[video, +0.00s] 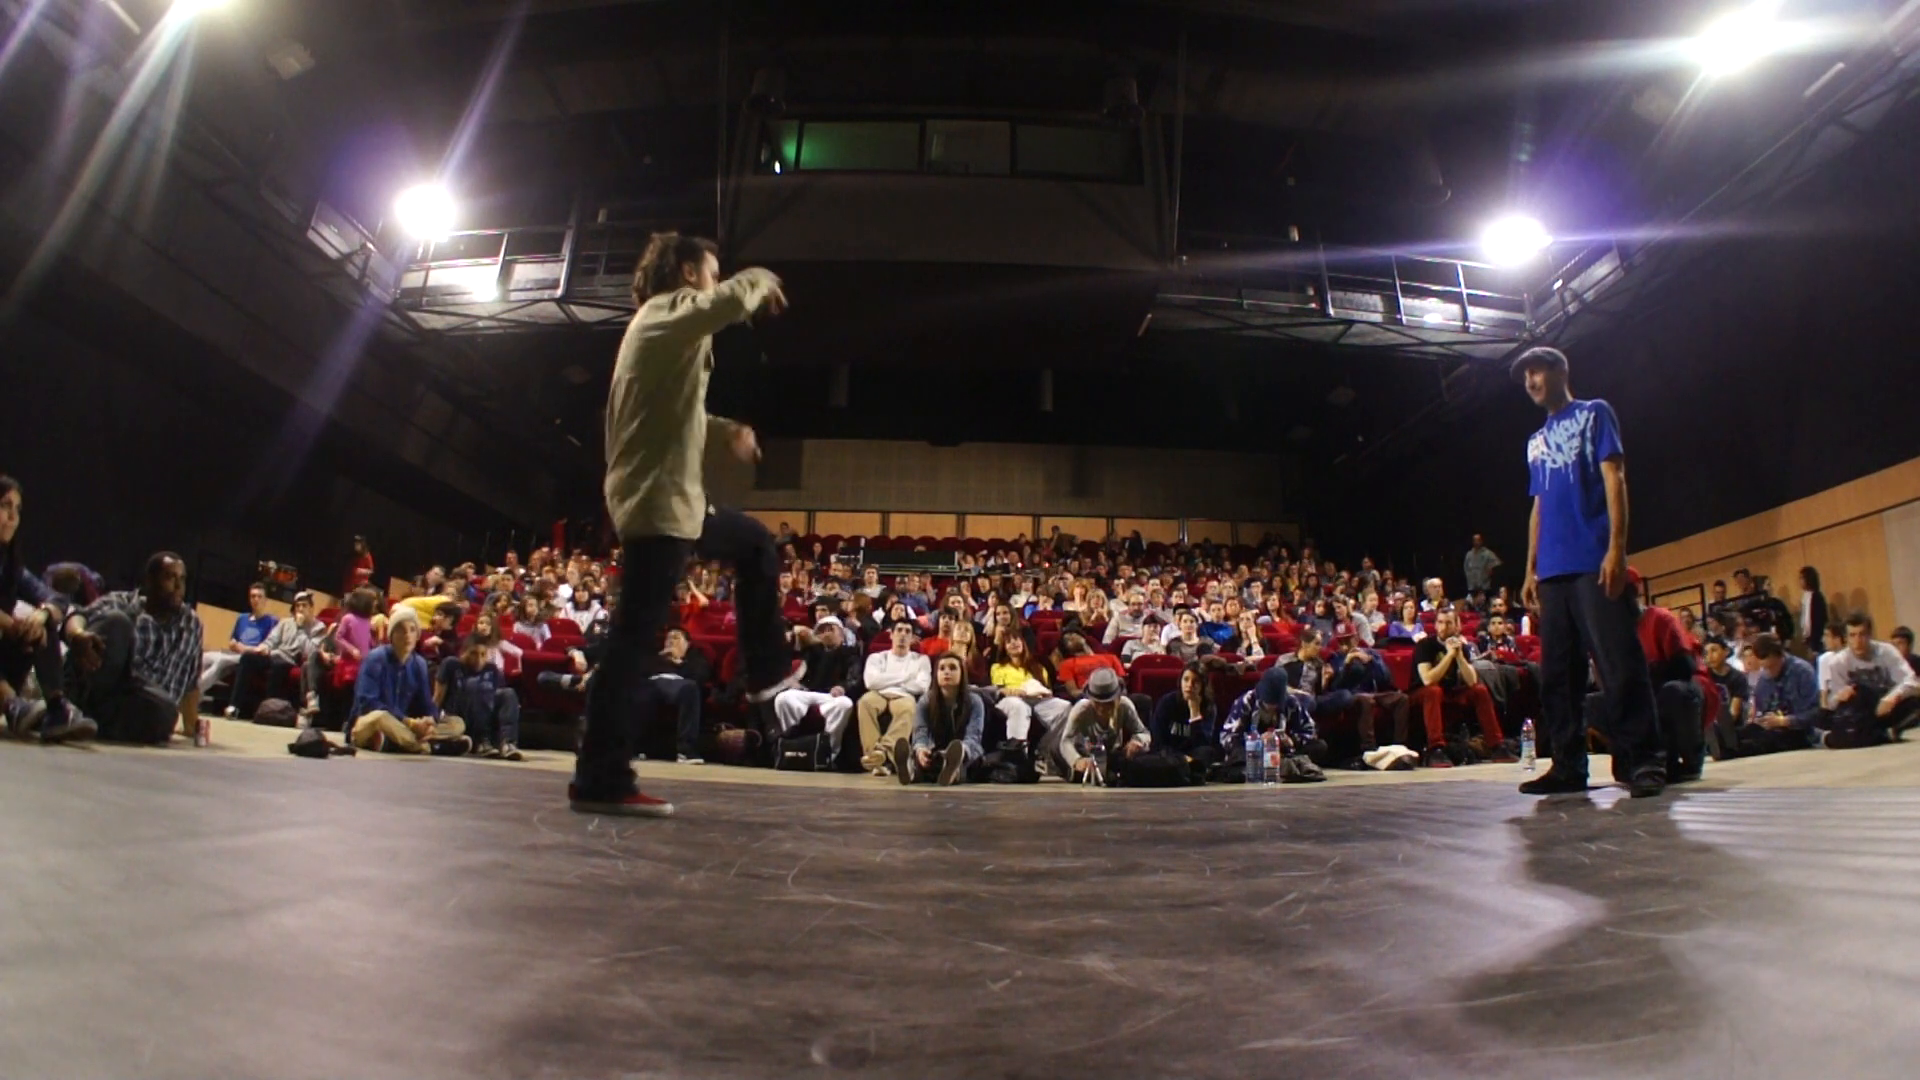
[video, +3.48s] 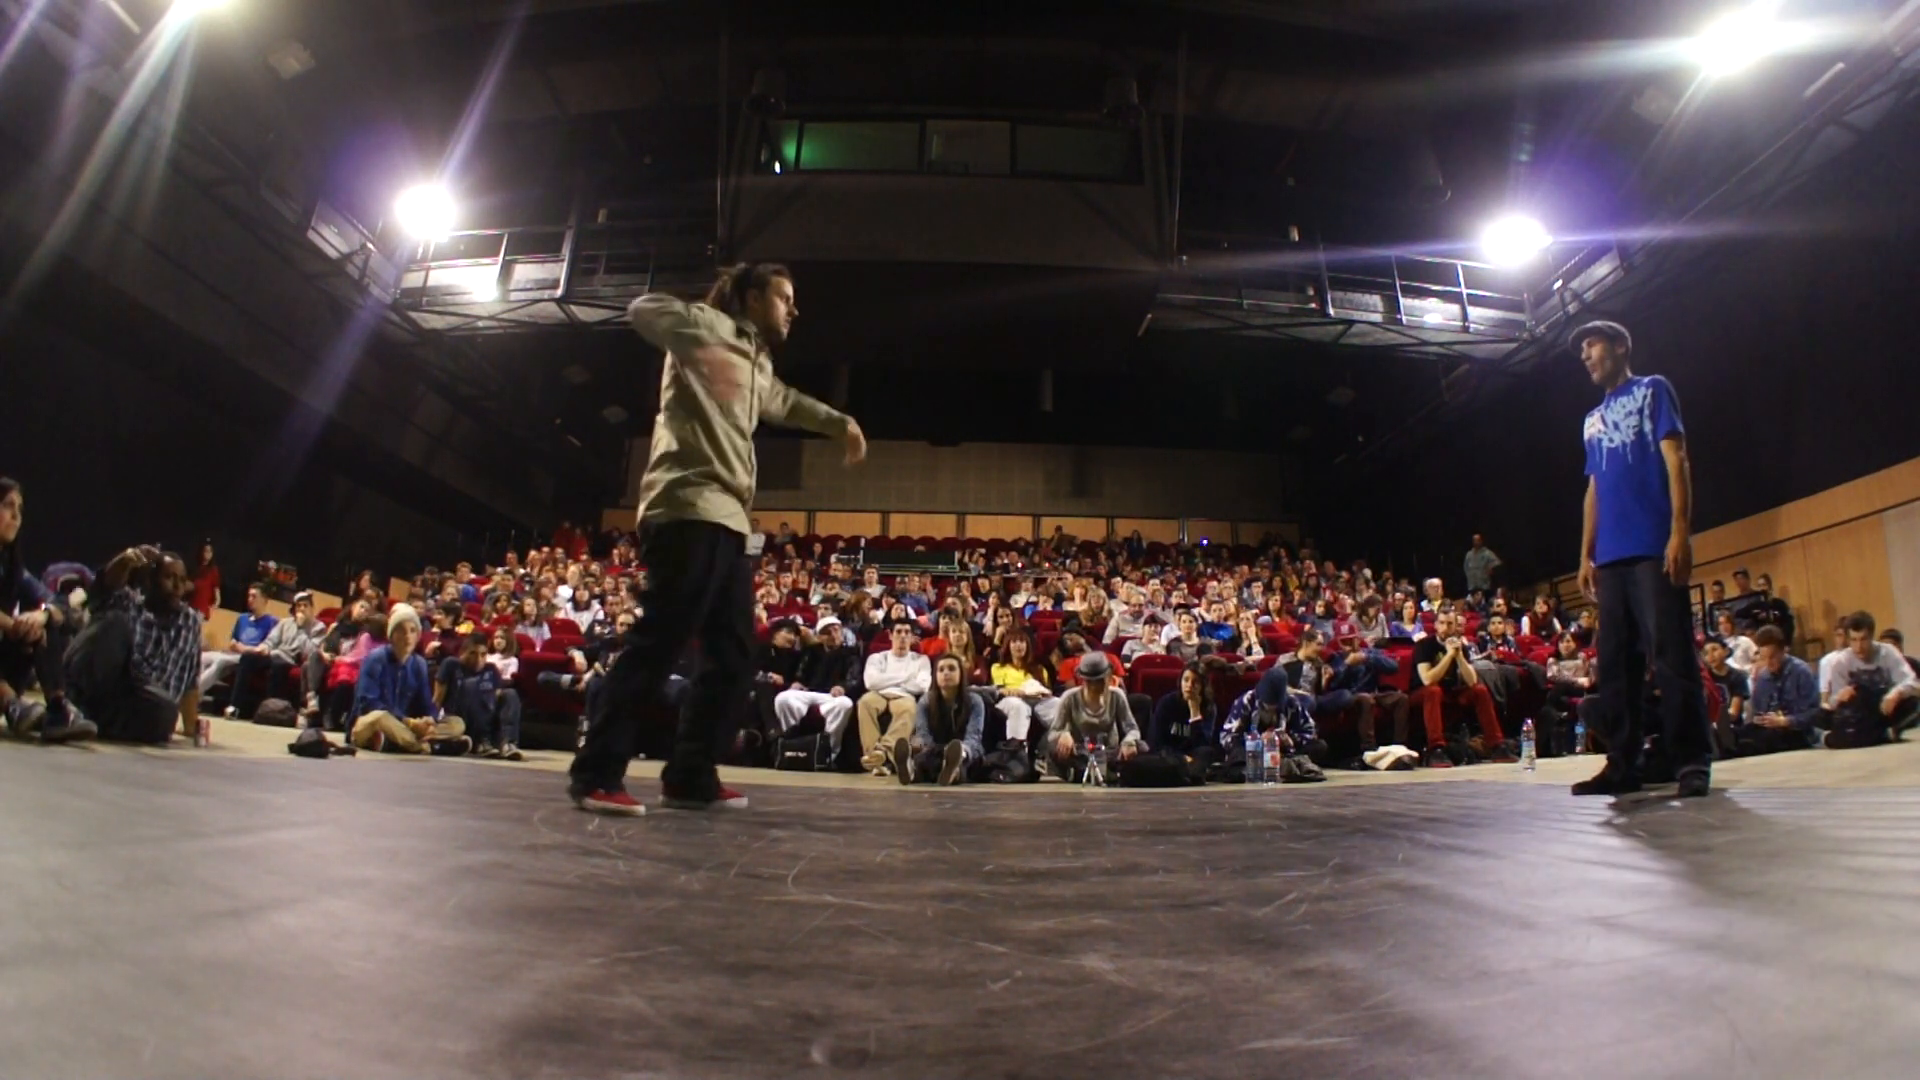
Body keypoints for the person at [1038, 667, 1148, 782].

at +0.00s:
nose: (1102, 709)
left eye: (1108, 704)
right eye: (1097, 704)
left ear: (1117, 697)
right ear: (1090, 698)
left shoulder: (1125, 705)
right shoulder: (1081, 708)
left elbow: (1143, 733)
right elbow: (1065, 742)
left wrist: (1137, 741)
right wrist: (1077, 761)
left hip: (1114, 756)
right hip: (1085, 757)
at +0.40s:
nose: (1101, 706)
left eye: (1107, 702)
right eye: (1097, 701)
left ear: (1117, 696)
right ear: (1090, 695)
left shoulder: (1125, 704)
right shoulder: (1079, 707)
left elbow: (1143, 734)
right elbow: (1054, 735)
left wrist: (1138, 743)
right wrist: (1067, 755)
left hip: (1112, 754)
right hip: (1082, 755)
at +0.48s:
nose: (1102, 705)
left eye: (1108, 700)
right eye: (1097, 700)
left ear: (1117, 694)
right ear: (1091, 694)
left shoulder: (1125, 704)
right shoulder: (1081, 704)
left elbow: (1142, 734)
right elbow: (1048, 733)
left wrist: (1138, 742)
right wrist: (1063, 748)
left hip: (1114, 755)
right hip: (1085, 756)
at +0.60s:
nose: (1102, 701)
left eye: (1107, 696)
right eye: (1097, 696)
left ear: (1116, 691)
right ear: (1090, 691)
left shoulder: (1124, 702)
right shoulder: (1080, 702)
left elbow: (1142, 734)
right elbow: (1042, 727)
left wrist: (1137, 742)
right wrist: (1061, 735)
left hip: (1112, 757)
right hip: (1081, 757)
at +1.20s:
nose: (1096, 689)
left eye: (1101, 684)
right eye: (1091, 684)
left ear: (1109, 680)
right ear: (1085, 682)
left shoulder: (1118, 696)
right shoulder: (1071, 697)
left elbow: (1129, 727)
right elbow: (1056, 729)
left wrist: (1137, 734)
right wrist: (1061, 733)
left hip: (1111, 750)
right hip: (1080, 750)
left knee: (1137, 747)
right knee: (1056, 743)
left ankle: (1082, 772)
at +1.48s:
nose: (1095, 690)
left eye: (1099, 684)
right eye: (1089, 685)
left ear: (1107, 680)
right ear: (1083, 683)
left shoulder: (1118, 696)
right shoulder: (1071, 697)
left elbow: (1131, 727)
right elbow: (1056, 730)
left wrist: (1134, 740)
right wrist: (1062, 735)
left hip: (1112, 753)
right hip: (1080, 754)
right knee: (1058, 750)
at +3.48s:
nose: (1094, 687)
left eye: (1099, 681)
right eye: (1089, 682)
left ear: (1108, 678)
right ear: (1083, 679)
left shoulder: (1117, 696)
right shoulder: (1069, 698)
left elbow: (1132, 729)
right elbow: (1052, 735)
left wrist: (1129, 741)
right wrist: (1063, 734)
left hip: (1109, 753)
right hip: (1078, 755)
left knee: (1140, 748)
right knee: (1055, 747)